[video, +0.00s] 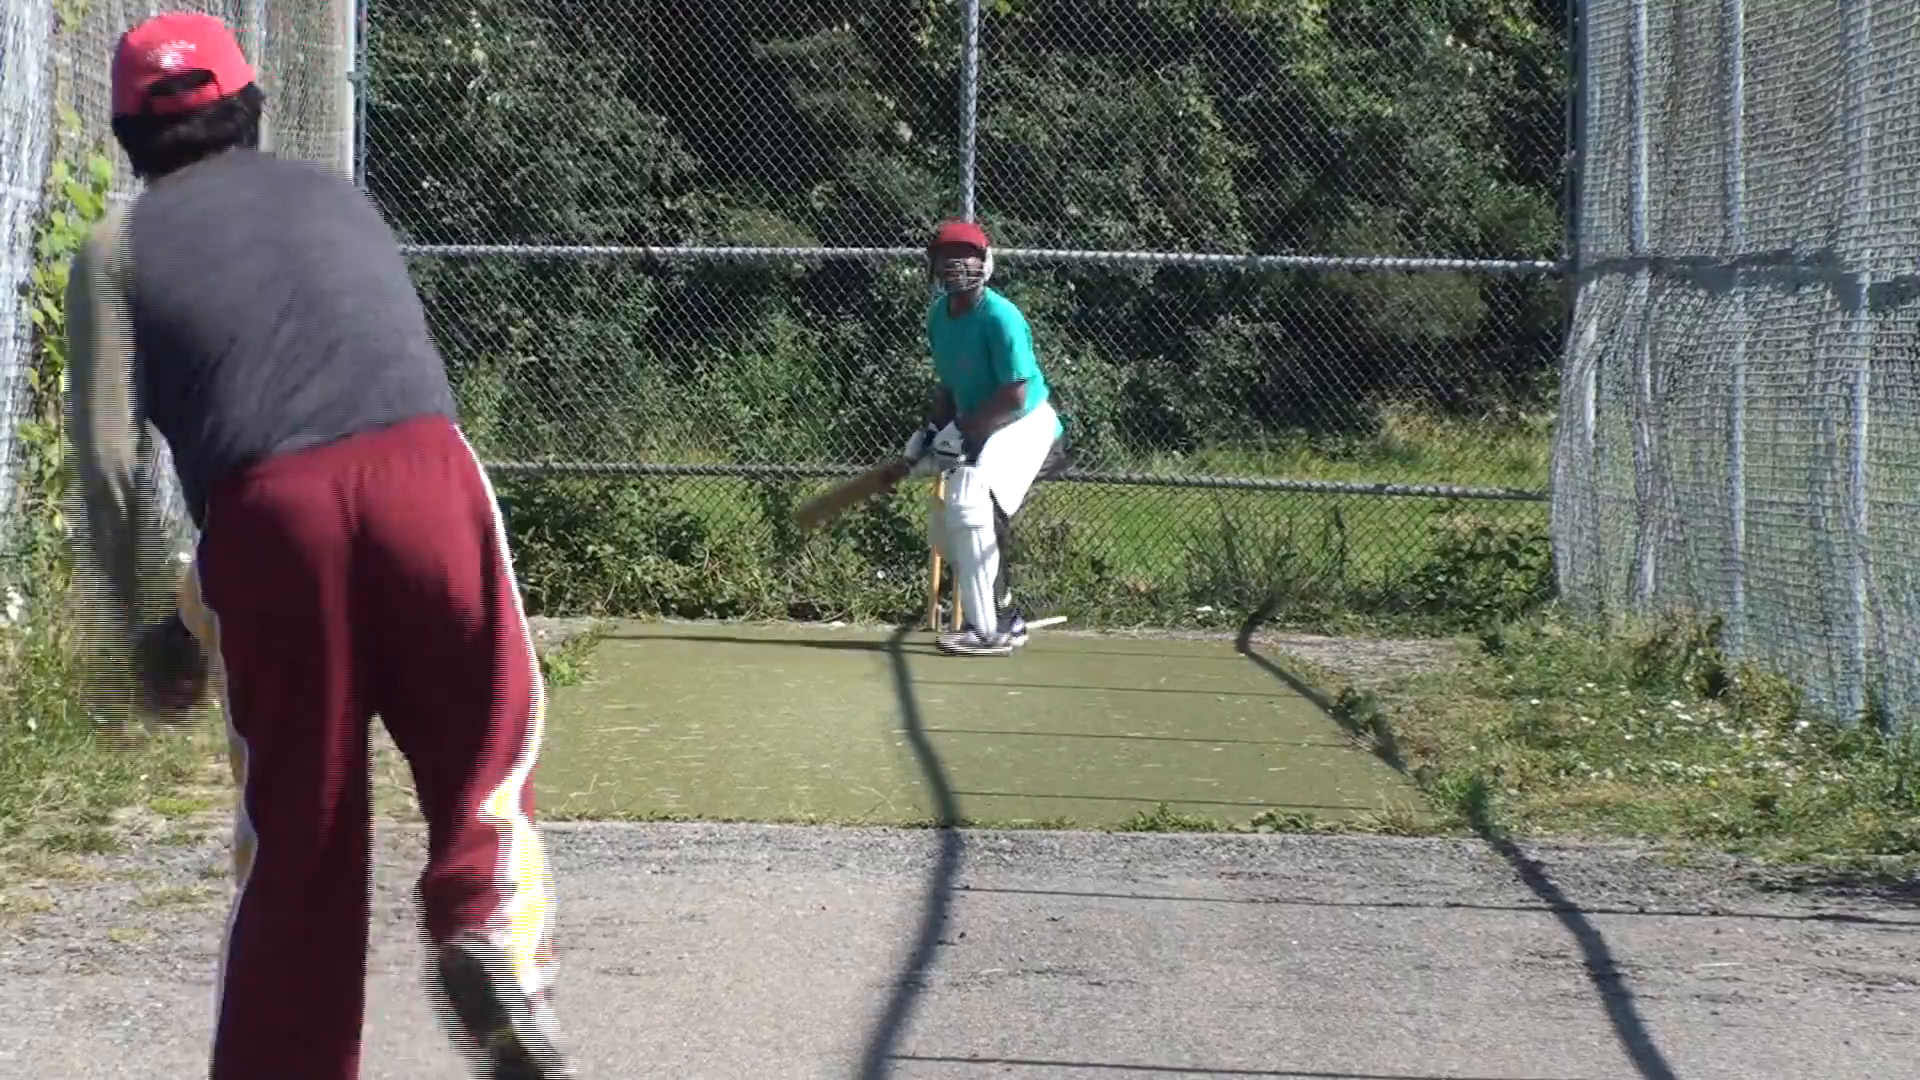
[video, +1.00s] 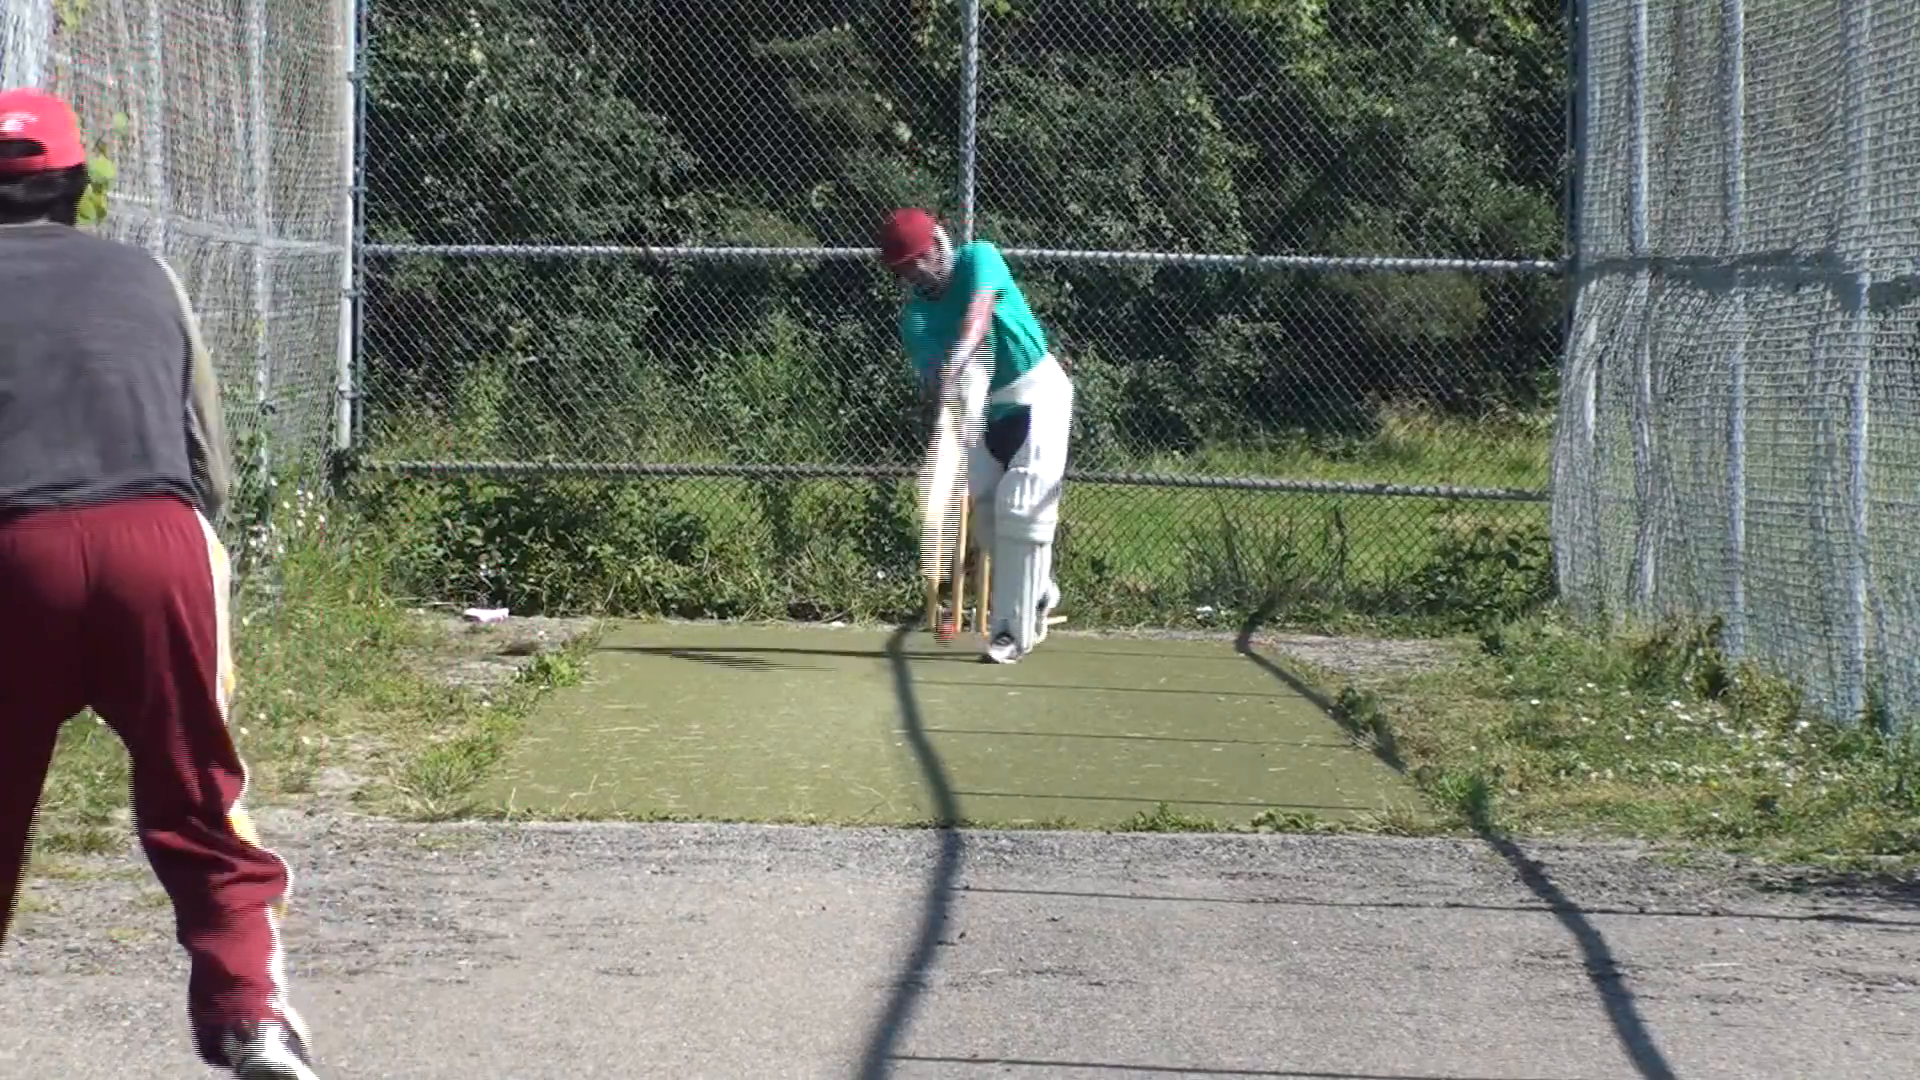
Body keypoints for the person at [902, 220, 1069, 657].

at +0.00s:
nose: (957, 268)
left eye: (967, 259)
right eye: (948, 260)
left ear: (984, 265)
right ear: (935, 268)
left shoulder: (1001, 318)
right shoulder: (938, 316)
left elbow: (1014, 397)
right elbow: (949, 387)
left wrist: (961, 434)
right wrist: (931, 432)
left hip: (1022, 423)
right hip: (977, 424)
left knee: (968, 505)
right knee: (946, 513)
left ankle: (985, 628)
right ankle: (1002, 614)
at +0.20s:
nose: (955, 270)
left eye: (966, 261)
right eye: (946, 262)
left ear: (982, 270)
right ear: (933, 271)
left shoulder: (997, 320)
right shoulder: (941, 322)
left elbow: (1013, 399)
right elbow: (957, 393)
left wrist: (966, 436)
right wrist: (932, 439)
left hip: (1033, 424)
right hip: (987, 427)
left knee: (965, 491)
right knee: (942, 505)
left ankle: (1006, 621)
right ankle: (984, 613)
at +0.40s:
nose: (953, 252)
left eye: (964, 243)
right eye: (944, 244)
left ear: (981, 250)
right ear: (933, 252)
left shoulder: (990, 300)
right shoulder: (950, 296)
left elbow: (987, 381)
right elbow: (964, 369)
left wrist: (944, 403)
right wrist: (946, 402)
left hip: (1037, 400)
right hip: (1002, 404)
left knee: (987, 502)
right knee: (975, 502)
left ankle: (1011, 627)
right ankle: (1005, 613)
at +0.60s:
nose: (952, 257)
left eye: (962, 247)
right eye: (942, 248)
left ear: (978, 252)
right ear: (928, 256)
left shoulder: (977, 307)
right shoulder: (956, 290)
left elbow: (961, 374)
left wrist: (935, 364)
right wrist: (944, 352)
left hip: (1041, 394)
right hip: (1012, 396)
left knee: (984, 498)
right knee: (988, 502)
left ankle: (1023, 627)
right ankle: (1019, 615)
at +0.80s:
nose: (936, 284)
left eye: (947, 273)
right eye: (926, 276)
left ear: (964, 274)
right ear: (915, 280)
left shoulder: (976, 326)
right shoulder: (940, 315)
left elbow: (957, 398)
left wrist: (936, 388)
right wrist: (948, 397)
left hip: (1041, 406)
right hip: (1003, 414)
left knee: (1003, 506)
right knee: (1000, 518)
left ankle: (1017, 626)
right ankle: (1010, 627)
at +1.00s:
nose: (913, 274)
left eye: (918, 260)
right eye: (903, 269)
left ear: (939, 243)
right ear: (898, 272)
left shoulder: (979, 257)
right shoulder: (916, 319)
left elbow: (980, 310)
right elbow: (935, 380)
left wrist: (961, 355)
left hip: (1036, 392)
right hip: (983, 410)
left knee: (1021, 509)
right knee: (982, 508)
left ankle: (1011, 632)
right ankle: (1037, 593)